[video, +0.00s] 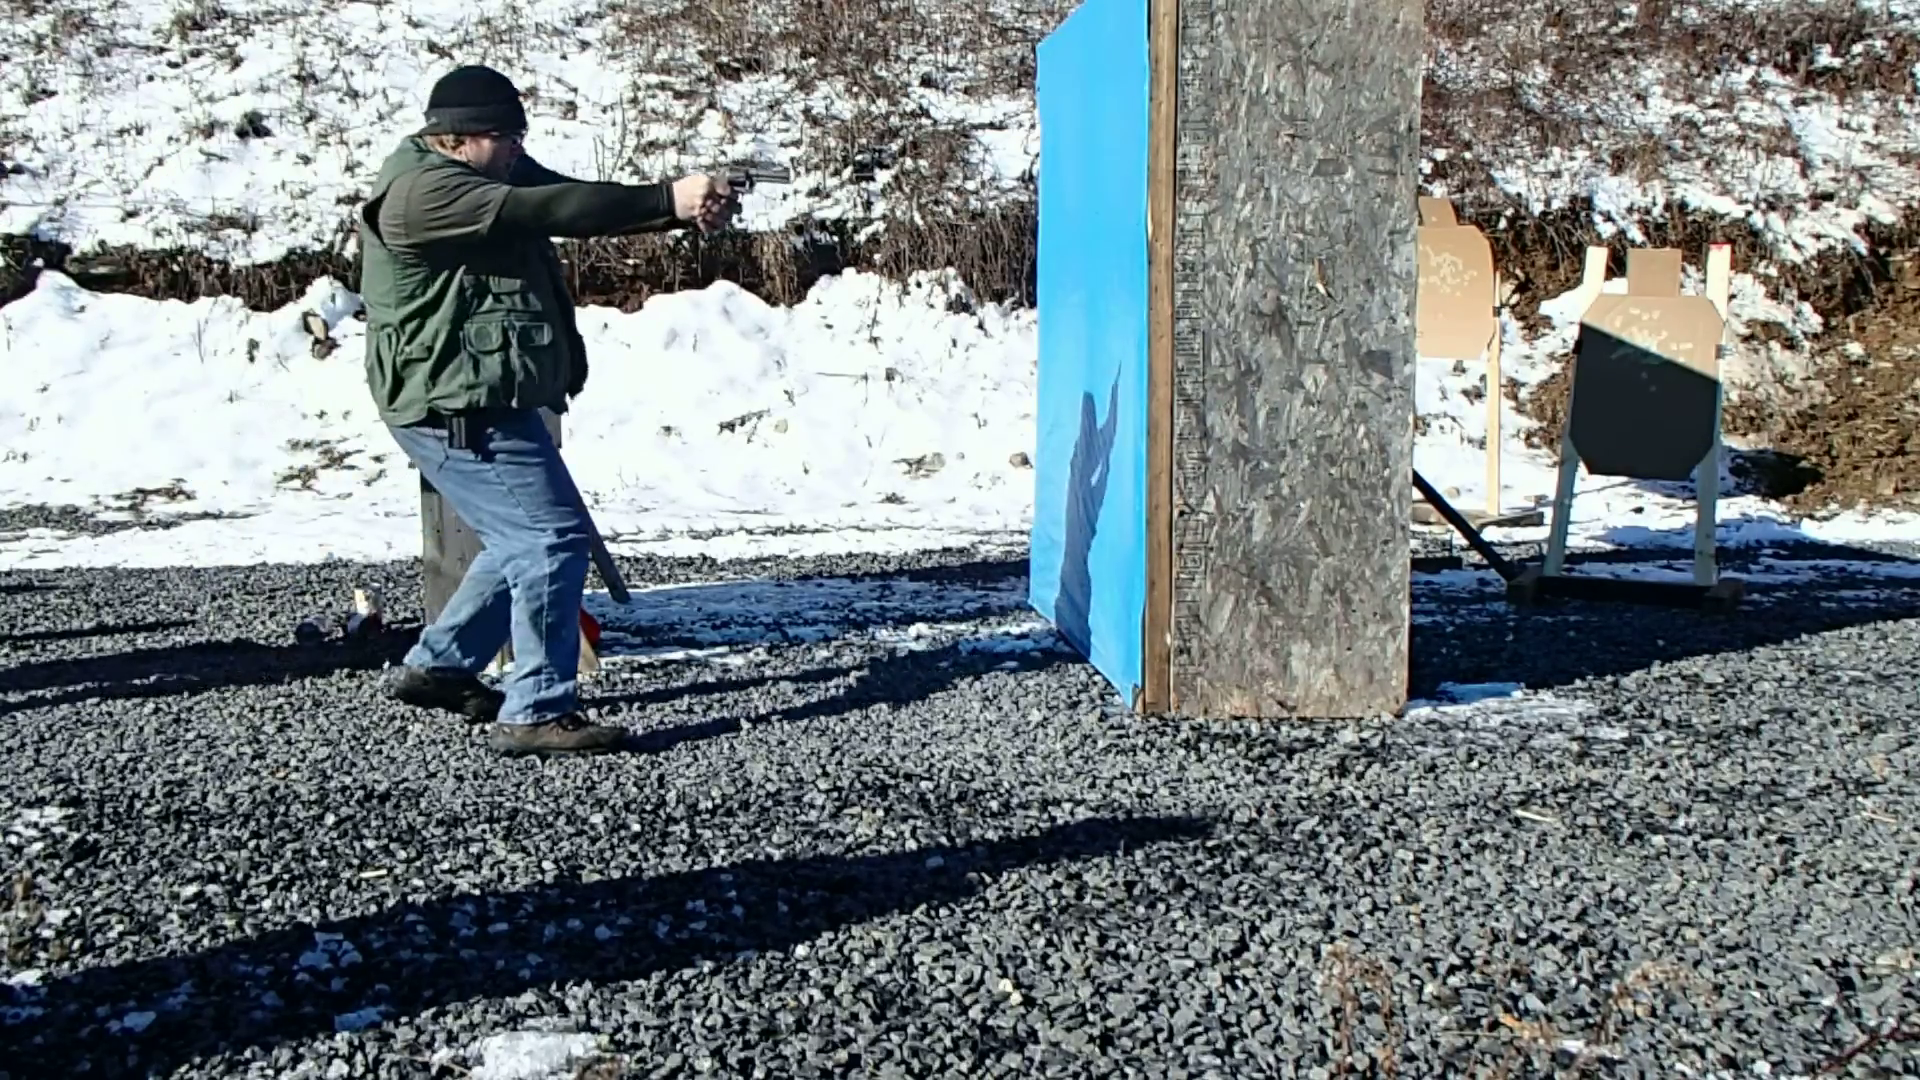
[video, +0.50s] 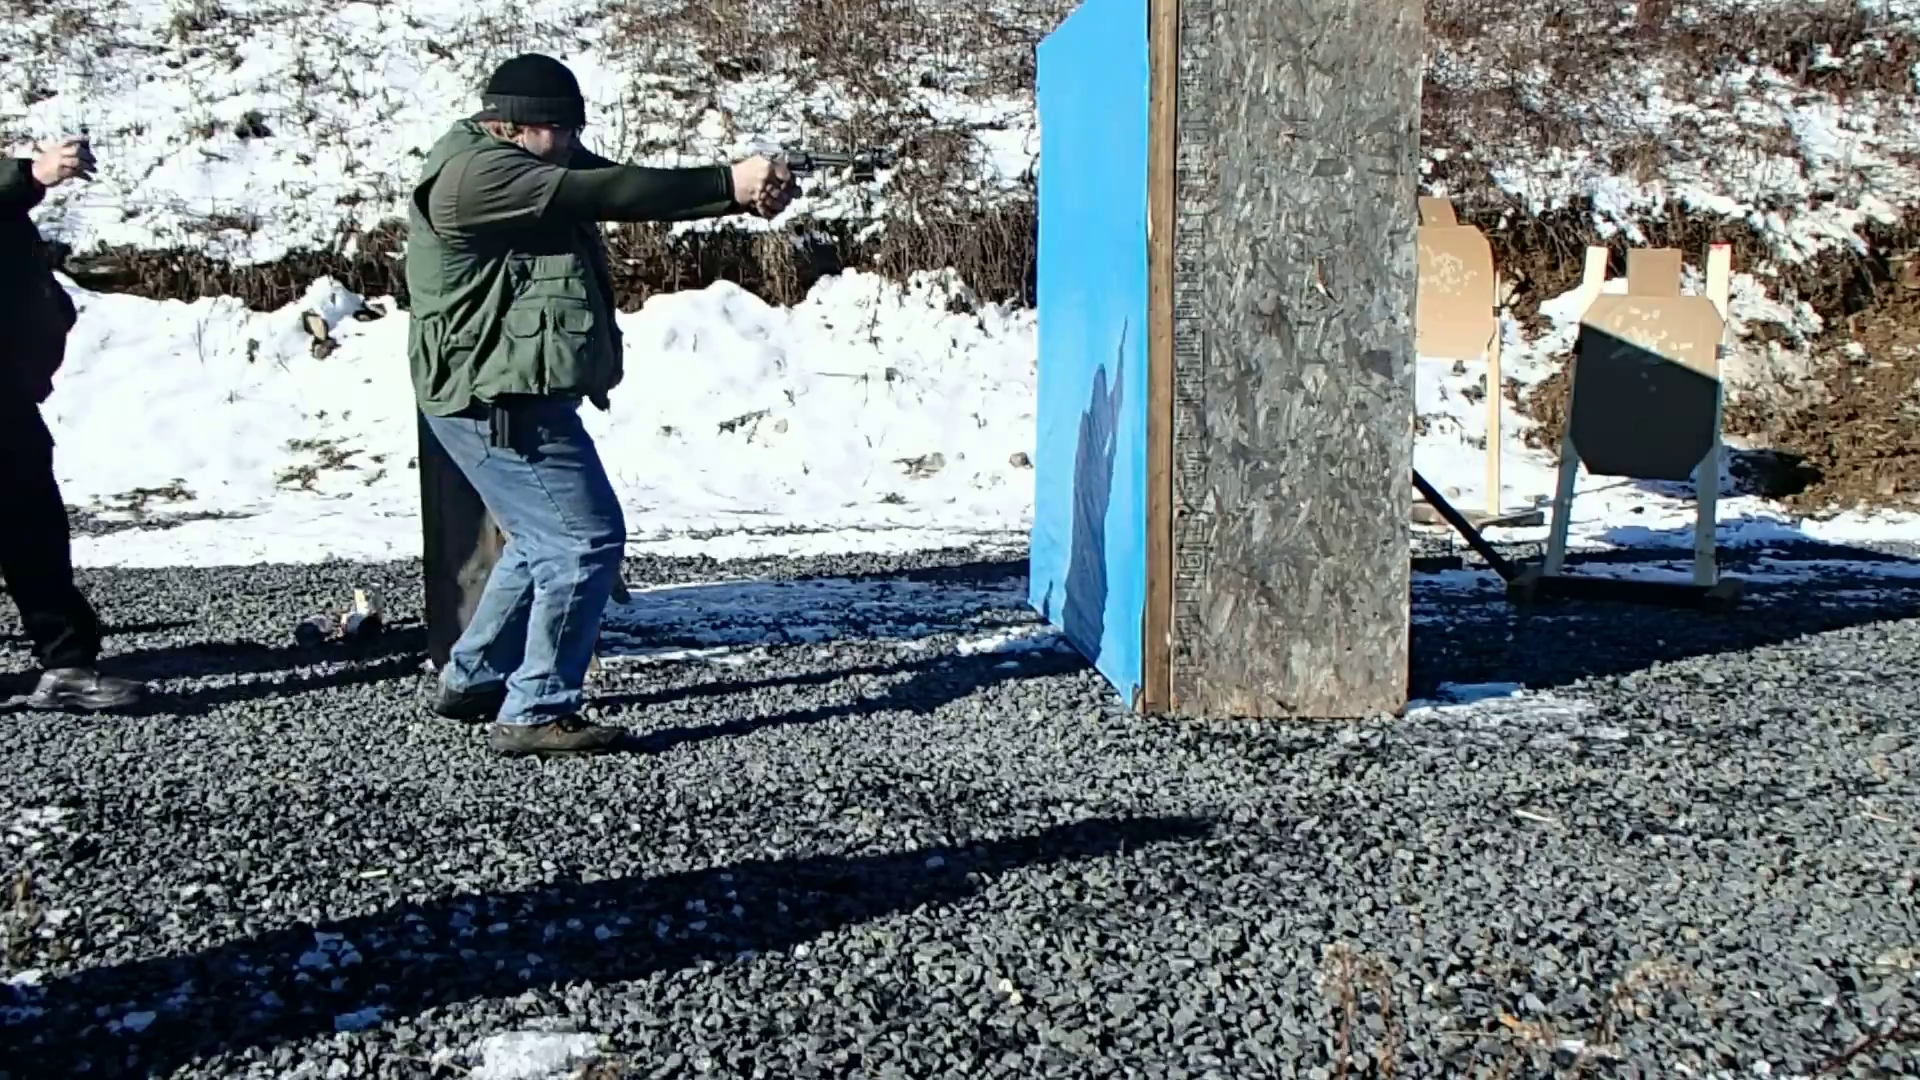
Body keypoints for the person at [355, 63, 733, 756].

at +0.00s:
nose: (518, 153)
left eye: (516, 140)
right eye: (508, 141)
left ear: (466, 134)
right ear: (466, 136)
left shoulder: (477, 177)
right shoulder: (426, 190)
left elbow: (571, 197)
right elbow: (546, 208)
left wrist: (672, 201)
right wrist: (667, 202)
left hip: (482, 398)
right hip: (455, 405)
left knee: (527, 534)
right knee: (554, 535)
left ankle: (438, 664)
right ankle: (537, 711)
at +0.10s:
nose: (540, 149)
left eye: (538, 135)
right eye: (531, 135)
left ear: (486, 127)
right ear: (490, 129)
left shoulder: (479, 170)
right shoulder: (446, 181)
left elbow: (586, 189)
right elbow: (566, 199)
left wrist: (693, 194)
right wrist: (690, 193)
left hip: (489, 392)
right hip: (466, 399)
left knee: (537, 529)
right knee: (565, 532)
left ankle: (462, 670)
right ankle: (537, 711)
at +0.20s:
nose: (552, 147)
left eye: (551, 133)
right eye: (544, 132)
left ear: (498, 122)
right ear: (504, 125)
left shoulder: (488, 167)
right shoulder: (458, 177)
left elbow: (599, 186)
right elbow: (581, 194)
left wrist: (708, 189)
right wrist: (708, 186)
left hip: (495, 391)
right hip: (480, 397)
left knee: (541, 535)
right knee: (573, 535)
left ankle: (474, 672)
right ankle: (535, 712)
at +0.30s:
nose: (563, 146)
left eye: (561, 132)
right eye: (554, 132)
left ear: (507, 122)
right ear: (514, 125)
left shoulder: (490, 166)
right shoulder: (469, 176)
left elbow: (606, 186)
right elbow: (593, 191)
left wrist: (717, 188)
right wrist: (716, 183)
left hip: (500, 391)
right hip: (486, 397)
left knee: (541, 535)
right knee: (580, 537)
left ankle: (472, 673)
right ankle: (535, 712)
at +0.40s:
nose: (569, 146)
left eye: (567, 132)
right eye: (559, 132)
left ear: (512, 122)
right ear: (518, 125)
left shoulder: (493, 164)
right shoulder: (477, 175)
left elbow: (612, 185)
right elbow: (599, 191)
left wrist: (723, 188)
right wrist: (722, 183)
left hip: (505, 392)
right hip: (490, 398)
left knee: (542, 537)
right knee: (584, 538)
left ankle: (471, 677)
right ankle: (536, 711)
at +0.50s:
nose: (576, 145)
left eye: (574, 131)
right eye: (567, 131)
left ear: (517, 122)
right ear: (525, 125)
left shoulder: (498, 165)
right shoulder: (482, 175)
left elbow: (617, 185)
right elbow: (604, 191)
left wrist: (730, 189)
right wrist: (728, 183)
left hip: (505, 392)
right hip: (494, 399)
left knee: (543, 537)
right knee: (587, 539)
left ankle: (472, 677)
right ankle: (538, 710)